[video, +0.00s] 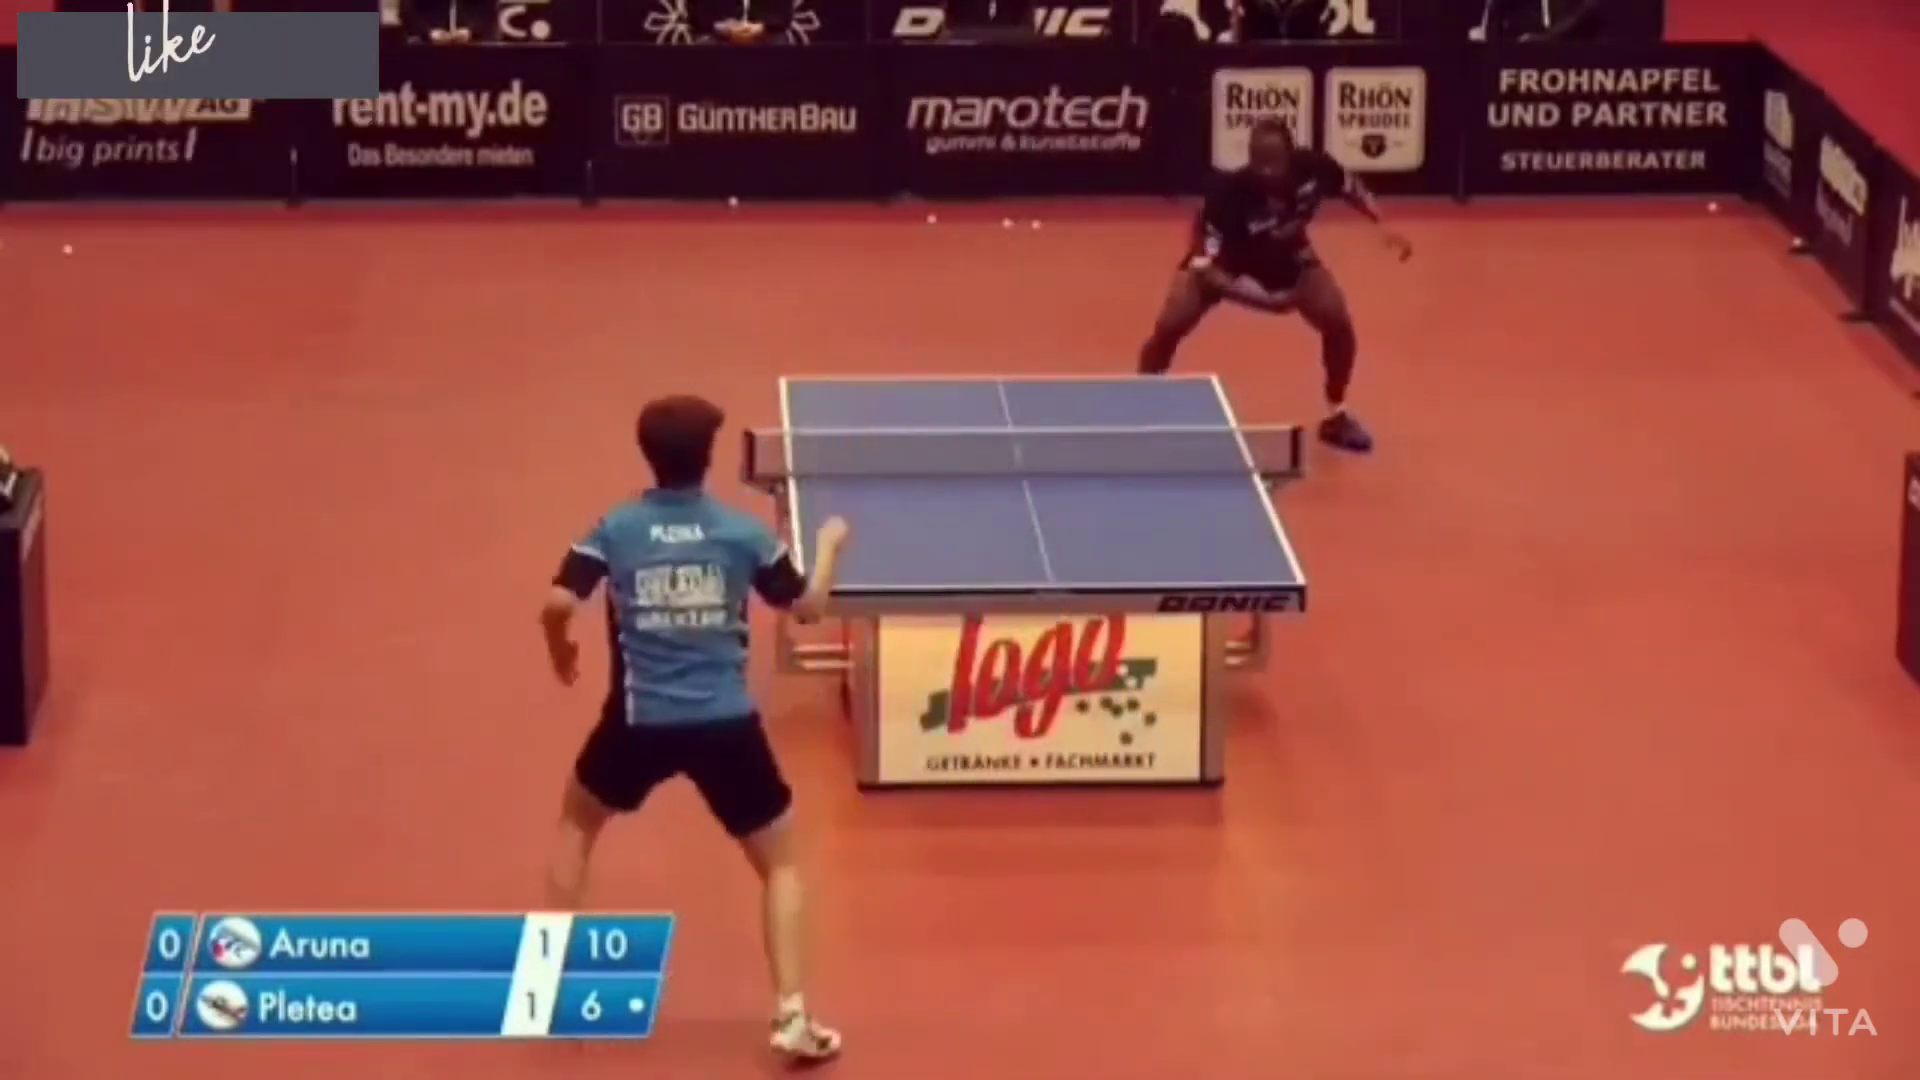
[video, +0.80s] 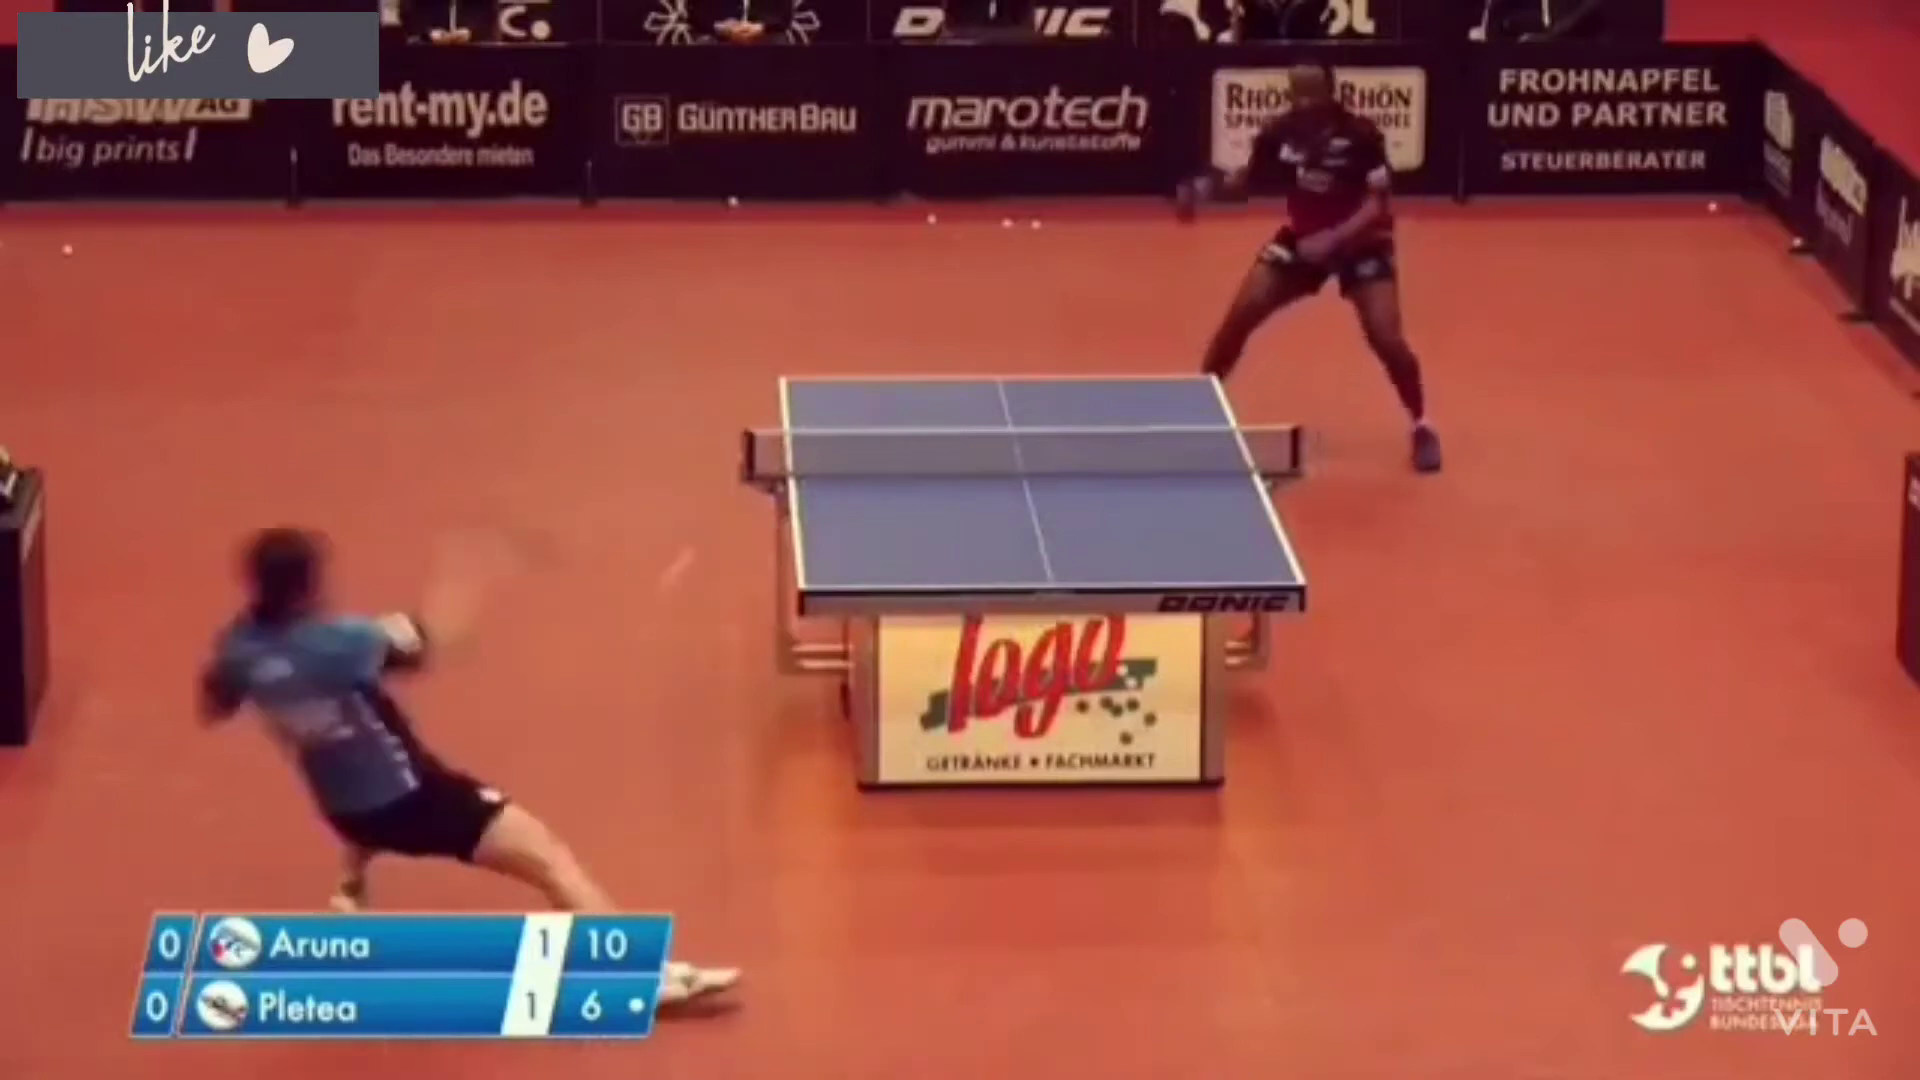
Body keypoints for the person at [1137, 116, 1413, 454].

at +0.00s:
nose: (1268, 169)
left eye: (1275, 160)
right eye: (1260, 161)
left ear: (1290, 155)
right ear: (1249, 157)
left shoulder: (1315, 169)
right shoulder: (1228, 189)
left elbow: (1352, 189)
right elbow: (1203, 267)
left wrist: (1384, 228)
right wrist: (1266, 301)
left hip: (1288, 258)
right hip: (1230, 261)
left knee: (1338, 324)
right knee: (1168, 329)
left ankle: (1335, 416)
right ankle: (1143, 404)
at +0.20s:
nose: (1303, 148)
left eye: (1308, 139)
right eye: (1294, 139)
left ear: (1317, 137)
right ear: (1275, 139)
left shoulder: (1327, 166)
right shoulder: (1250, 167)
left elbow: (1346, 203)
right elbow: (1221, 222)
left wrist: (1391, 245)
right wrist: (1270, 242)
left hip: (1301, 269)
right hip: (1239, 268)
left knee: (1359, 337)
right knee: (1179, 337)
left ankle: (1337, 418)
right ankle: (1147, 407)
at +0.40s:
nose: (1324, 109)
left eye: (1332, 101)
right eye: (1317, 99)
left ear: (1342, 99)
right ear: (1302, 97)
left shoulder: (1349, 137)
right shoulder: (1273, 129)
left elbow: (1365, 181)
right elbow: (1204, 121)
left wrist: (1410, 219)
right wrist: (1163, 72)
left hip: (1319, 253)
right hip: (1256, 251)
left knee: (1375, 330)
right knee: (1197, 335)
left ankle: (1347, 404)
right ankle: (1157, 407)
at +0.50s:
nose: (1325, 109)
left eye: (1333, 100)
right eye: (1319, 99)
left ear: (1348, 102)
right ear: (1306, 97)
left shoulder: (1360, 146)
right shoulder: (1276, 120)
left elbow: (1383, 188)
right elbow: (1209, 96)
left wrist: (1426, 226)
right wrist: (1162, 46)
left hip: (1324, 248)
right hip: (1261, 243)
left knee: (1383, 330)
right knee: (1209, 324)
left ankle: (1371, 396)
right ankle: (1180, 399)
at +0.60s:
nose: (1325, 122)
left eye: (1334, 114)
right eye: (1319, 112)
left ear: (1351, 114)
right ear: (1309, 108)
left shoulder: (1370, 159)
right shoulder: (1285, 133)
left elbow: (1401, 217)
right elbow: (1220, 112)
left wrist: (1432, 271)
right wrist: (1183, 70)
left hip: (1336, 270)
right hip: (1270, 265)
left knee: (1387, 353)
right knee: (1214, 348)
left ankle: (1412, 433)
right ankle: (1174, 425)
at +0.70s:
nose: (1325, 120)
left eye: (1333, 112)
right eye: (1319, 111)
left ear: (1350, 113)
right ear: (1309, 109)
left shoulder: (1371, 155)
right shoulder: (1289, 140)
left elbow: (1402, 215)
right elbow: (1233, 142)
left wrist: (1404, 275)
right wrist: (1192, 114)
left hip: (1349, 270)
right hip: (1284, 264)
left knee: (1395, 357)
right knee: (1225, 340)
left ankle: (1413, 433)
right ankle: (1185, 421)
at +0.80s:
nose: (1304, 102)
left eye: (1311, 93)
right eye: (1297, 93)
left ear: (1330, 91)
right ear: (1290, 93)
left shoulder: (1361, 134)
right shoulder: (1278, 133)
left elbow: (1377, 205)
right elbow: (1248, 183)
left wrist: (1330, 239)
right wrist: (1209, 188)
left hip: (1360, 243)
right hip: (1303, 240)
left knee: (1385, 338)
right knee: (1241, 314)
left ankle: (1420, 426)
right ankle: (1198, 404)